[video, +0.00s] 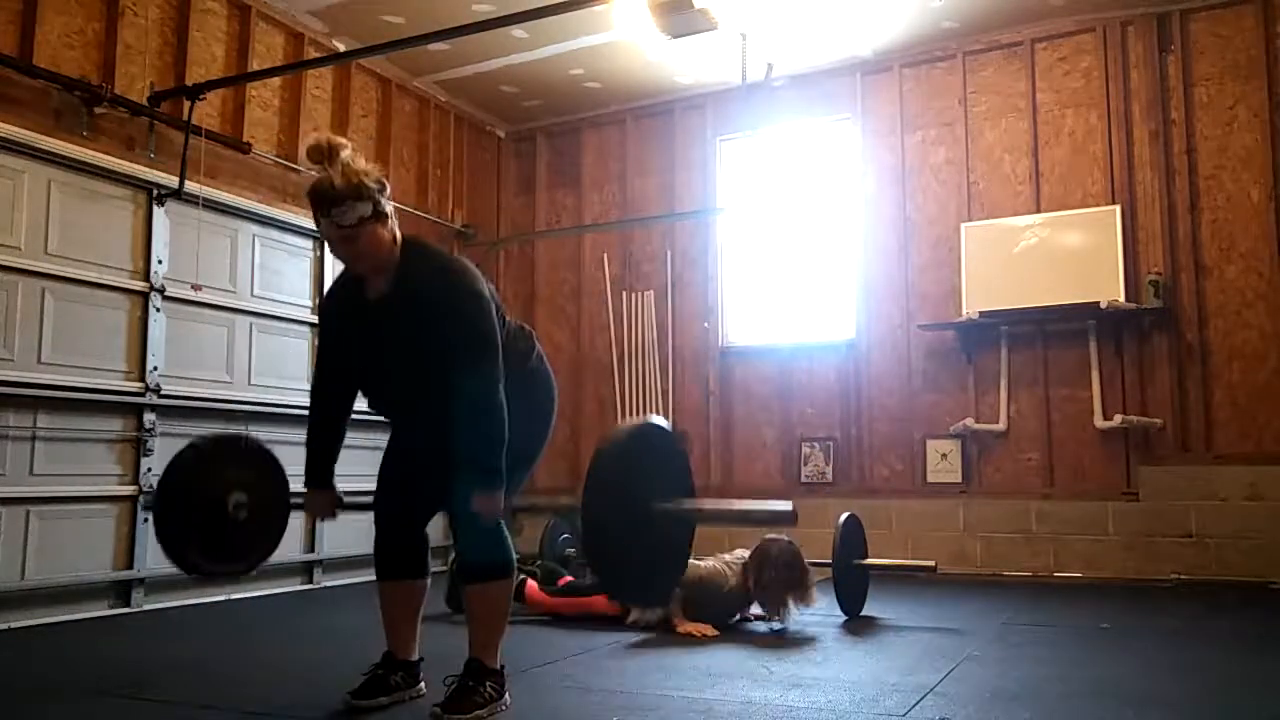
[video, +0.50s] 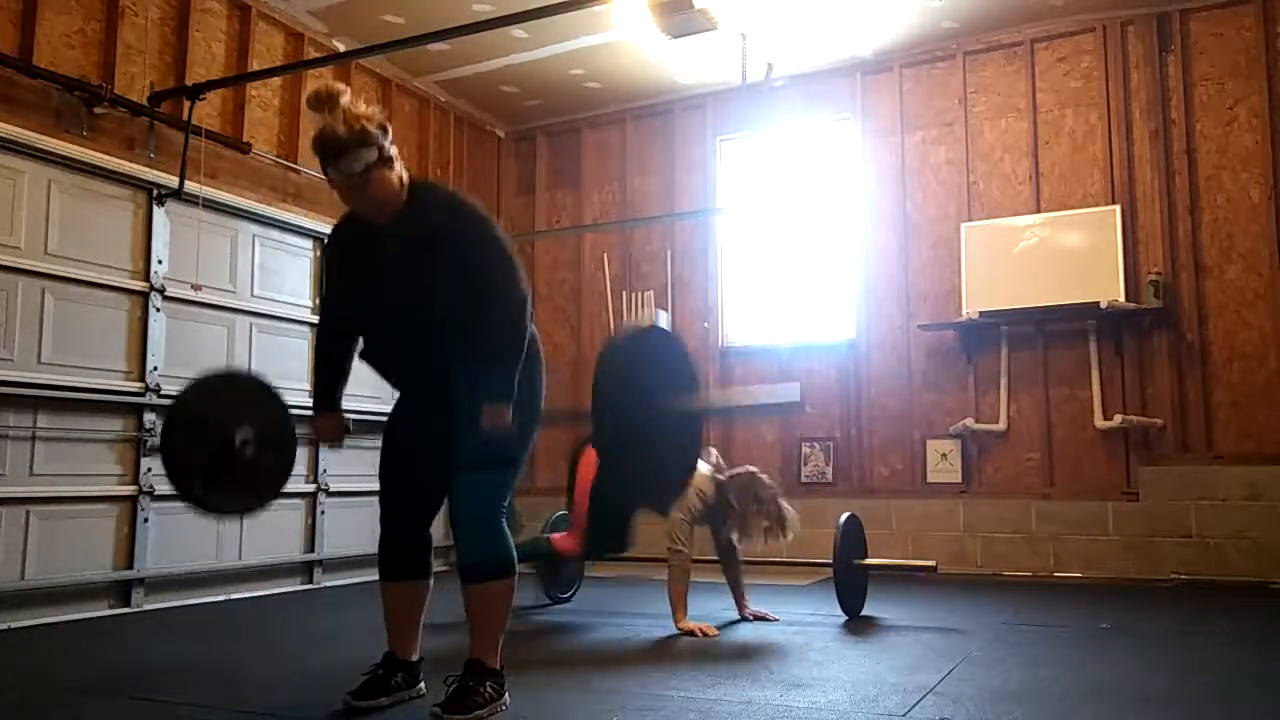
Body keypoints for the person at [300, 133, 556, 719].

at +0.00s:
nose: (343, 248)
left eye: (353, 232)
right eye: (333, 238)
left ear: (386, 221)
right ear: (326, 239)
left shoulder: (452, 283)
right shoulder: (342, 305)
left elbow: (481, 387)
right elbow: (330, 396)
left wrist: (488, 477)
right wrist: (319, 479)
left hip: (503, 402)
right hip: (424, 411)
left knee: (475, 512)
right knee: (395, 516)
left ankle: (486, 671)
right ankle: (401, 664)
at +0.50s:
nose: (372, 186)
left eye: (378, 168)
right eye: (354, 179)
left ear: (395, 155)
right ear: (333, 183)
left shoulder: (450, 217)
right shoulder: (345, 245)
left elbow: (508, 297)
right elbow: (335, 327)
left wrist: (498, 390)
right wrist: (327, 403)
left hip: (495, 379)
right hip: (424, 385)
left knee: (477, 512)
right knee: (401, 512)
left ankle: (486, 669)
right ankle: (403, 662)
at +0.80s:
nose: (344, 189)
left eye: (352, 173)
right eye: (330, 180)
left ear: (380, 155)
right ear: (317, 177)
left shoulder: (444, 194)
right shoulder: (343, 225)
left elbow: (537, 226)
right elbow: (341, 286)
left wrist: (510, 309)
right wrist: (332, 334)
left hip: (495, 370)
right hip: (426, 378)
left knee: (470, 514)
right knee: (396, 509)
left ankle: (486, 670)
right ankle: (403, 662)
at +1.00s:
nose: (340, 201)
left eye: (347, 183)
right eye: (325, 194)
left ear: (373, 170)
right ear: (314, 196)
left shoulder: (443, 223)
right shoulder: (335, 248)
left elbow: (508, 285)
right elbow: (334, 321)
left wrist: (500, 373)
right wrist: (324, 387)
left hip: (493, 376)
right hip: (422, 387)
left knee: (479, 512)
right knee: (406, 514)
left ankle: (485, 668)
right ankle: (403, 662)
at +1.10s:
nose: (325, 239)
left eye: (332, 224)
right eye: (316, 228)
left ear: (369, 205)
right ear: (313, 224)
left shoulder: (437, 253)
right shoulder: (332, 277)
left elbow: (491, 342)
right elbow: (328, 359)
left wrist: (491, 430)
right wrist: (318, 438)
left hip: (494, 393)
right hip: (422, 401)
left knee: (479, 517)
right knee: (402, 517)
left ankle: (485, 669)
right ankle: (403, 662)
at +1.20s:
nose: (326, 281)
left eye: (335, 263)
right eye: (317, 267)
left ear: (369, 246)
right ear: (311, 263)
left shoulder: (442, 293)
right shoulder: (330, 314)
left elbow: (482, 393)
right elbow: (321, 400)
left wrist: (482, 482)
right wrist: (310, 484)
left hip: (500, 409)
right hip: (422, 419)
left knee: (475, 515)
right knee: (394, 514)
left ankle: (485, 670)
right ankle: (401, 664)